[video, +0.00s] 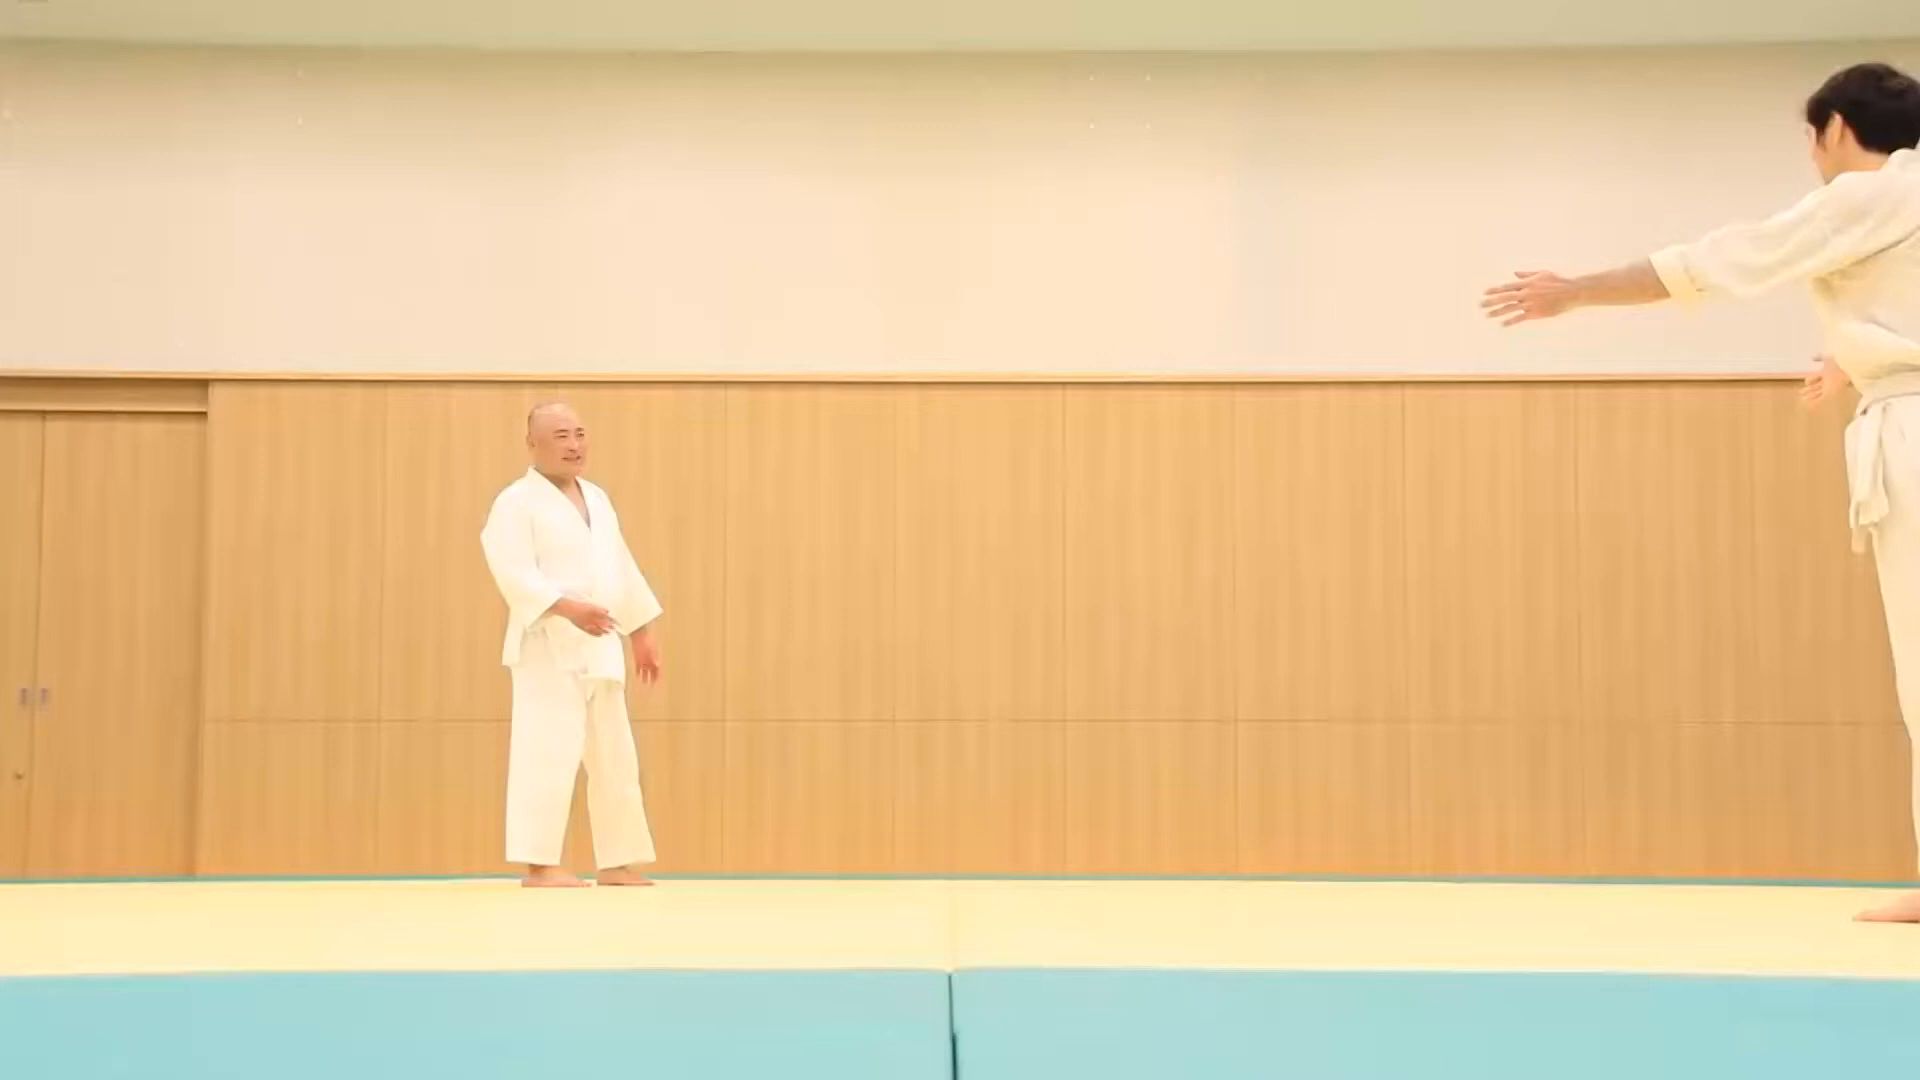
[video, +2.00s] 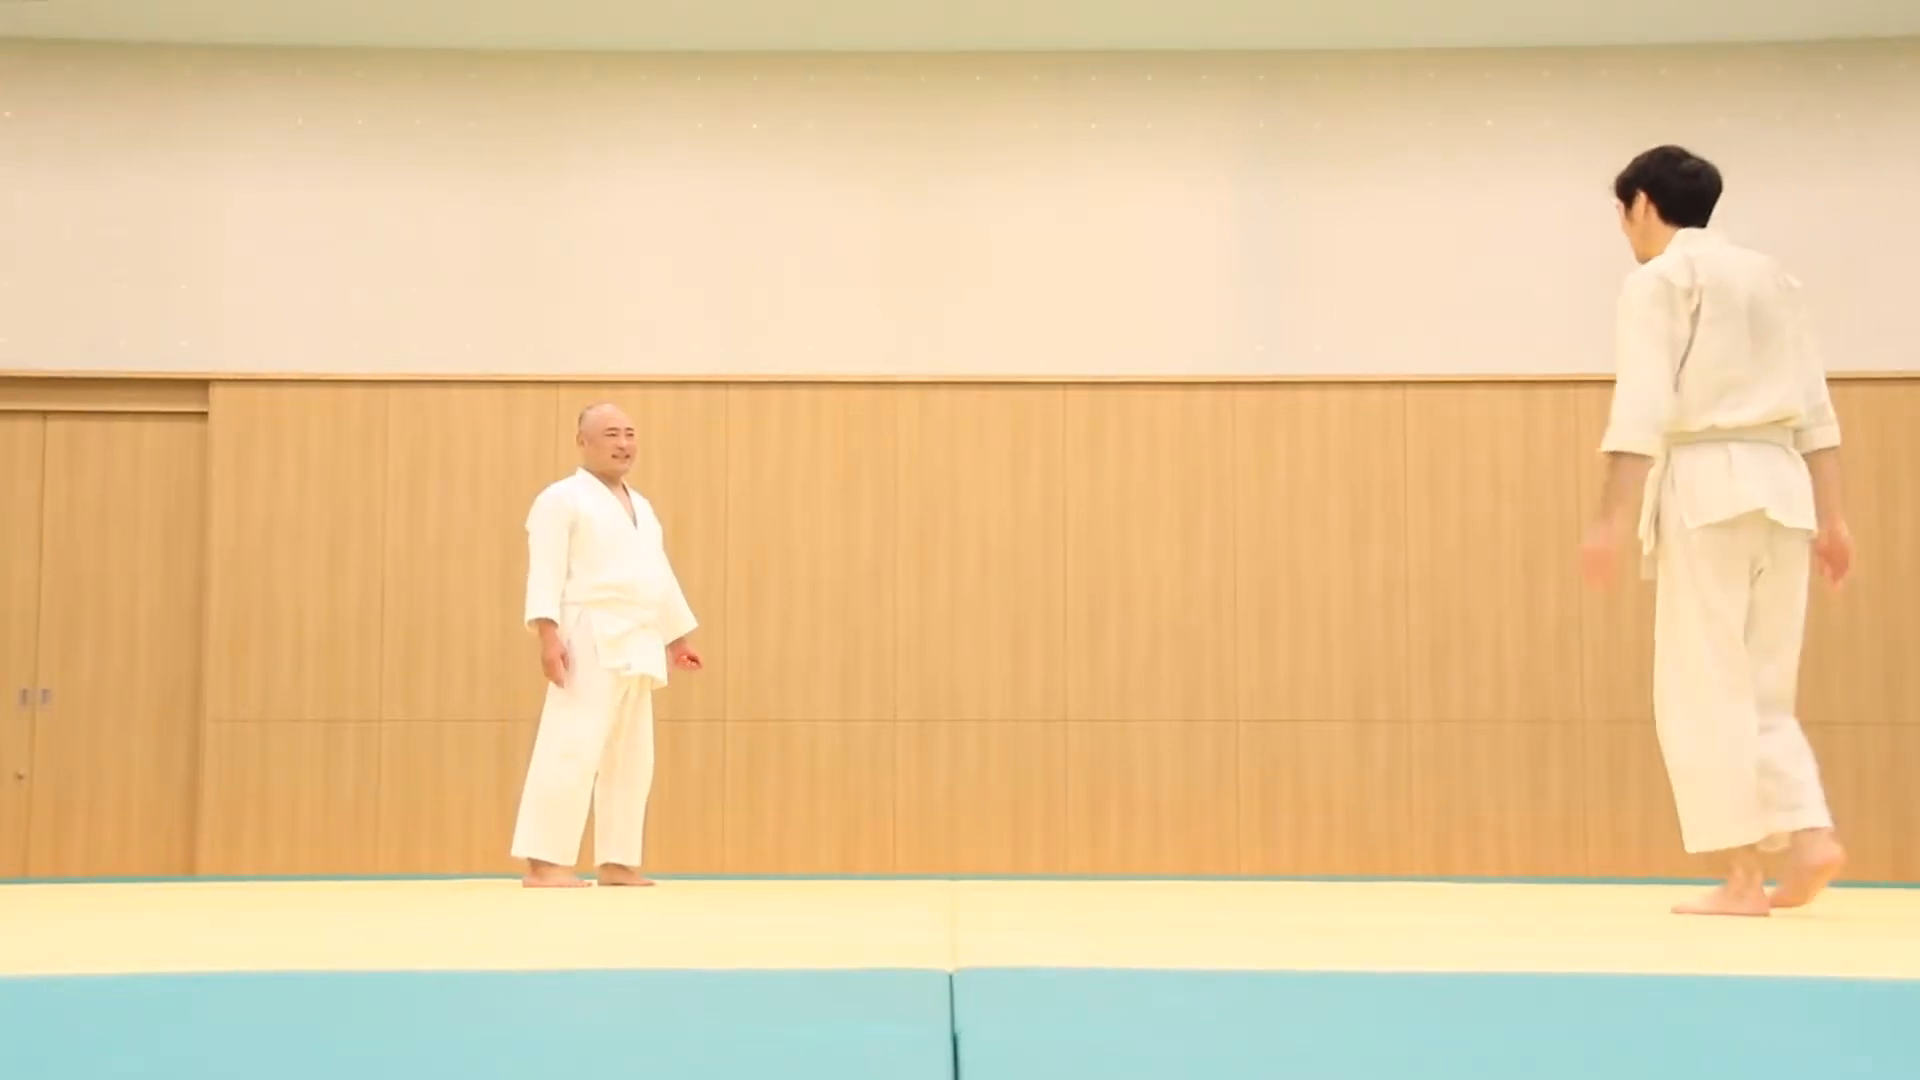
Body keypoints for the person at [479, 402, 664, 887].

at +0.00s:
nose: (575, 444)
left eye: (580, 434)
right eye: (561, 435)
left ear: (587, 440)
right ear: (533, 445)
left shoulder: (596, 499)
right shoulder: (515, 503)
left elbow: (621, 568)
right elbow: (514, 575)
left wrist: (641, 632)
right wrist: (569, 608)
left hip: (602, 648)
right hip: (548, 648)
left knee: (613, 755)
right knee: (547, 753)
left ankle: (616, 865)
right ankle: (540, 866)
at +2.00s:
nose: (624, 442)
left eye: (630, 434)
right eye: (611, 434)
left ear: (636, 443)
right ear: (583, 444)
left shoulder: (640, 506)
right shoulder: (561, 499)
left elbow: (658, 576)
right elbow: (545, 572)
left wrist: (675, 636)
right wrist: (549, 633)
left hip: (638, 648)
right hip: (587, 643)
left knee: (629, 755)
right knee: (569, 751)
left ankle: (617, 863)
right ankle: (543, 864)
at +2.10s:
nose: (624, 442)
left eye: (630, 434)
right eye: (611, 434)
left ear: (636, 443)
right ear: (583, 444)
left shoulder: (640, 506)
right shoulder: (561, 500)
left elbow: (658, 576)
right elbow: (545, 572)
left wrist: (676, 636)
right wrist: (549, 634)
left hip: (638, 647)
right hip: (587, 643)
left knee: (629, 754)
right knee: (569, 750)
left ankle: (618, 863)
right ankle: (543, 864)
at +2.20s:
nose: (624, 442)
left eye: (630, 434)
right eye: (611, 434)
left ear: (636, 442)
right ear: (583, 444)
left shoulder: (641, 507)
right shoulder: (561, 500)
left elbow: (658, 578)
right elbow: (544, 572)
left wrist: (676, 638)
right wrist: (547, 634)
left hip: (638, 647)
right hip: (587, 643)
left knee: (629, 755)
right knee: (569, 750)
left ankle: (618, 863)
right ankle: (543, 864)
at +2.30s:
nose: (625, 443)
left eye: (630, 435)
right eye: (612, 435)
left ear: (637, 443)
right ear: (583, 444)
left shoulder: (641, 507)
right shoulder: (560, 500)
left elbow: (659, 579)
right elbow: (545, 572)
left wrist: (676, 642)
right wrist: (546, 634)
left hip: (638, 648)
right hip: (586, 643)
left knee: (629, 755)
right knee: (570, 750)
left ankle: (618, 863)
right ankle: (543, 864)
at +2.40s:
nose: (626, 444)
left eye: (631, 436)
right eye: (613, 435)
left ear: (638, 444)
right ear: (584, 443)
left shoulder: (641, 507)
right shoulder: (561, 500)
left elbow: (659, 580)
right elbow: (544, 572)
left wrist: (674, 643)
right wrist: (544, 634)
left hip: (639, 648)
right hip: (586, 643)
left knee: (629, 755)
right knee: (570, 751)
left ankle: (618, 863)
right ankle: (543, 864)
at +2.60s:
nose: (628, 443)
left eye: (634, 435)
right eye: (616, 435)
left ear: (640, 443)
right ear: (587, 442)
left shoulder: (644, 506)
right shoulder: (562, 499)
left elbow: (660, 580)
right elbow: (545, 570)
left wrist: (674, 644)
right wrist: (541, 633)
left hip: (639, 646)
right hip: (586, 642)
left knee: (630, 754)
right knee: (570, 749)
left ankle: (618, 862)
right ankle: (544, 861)